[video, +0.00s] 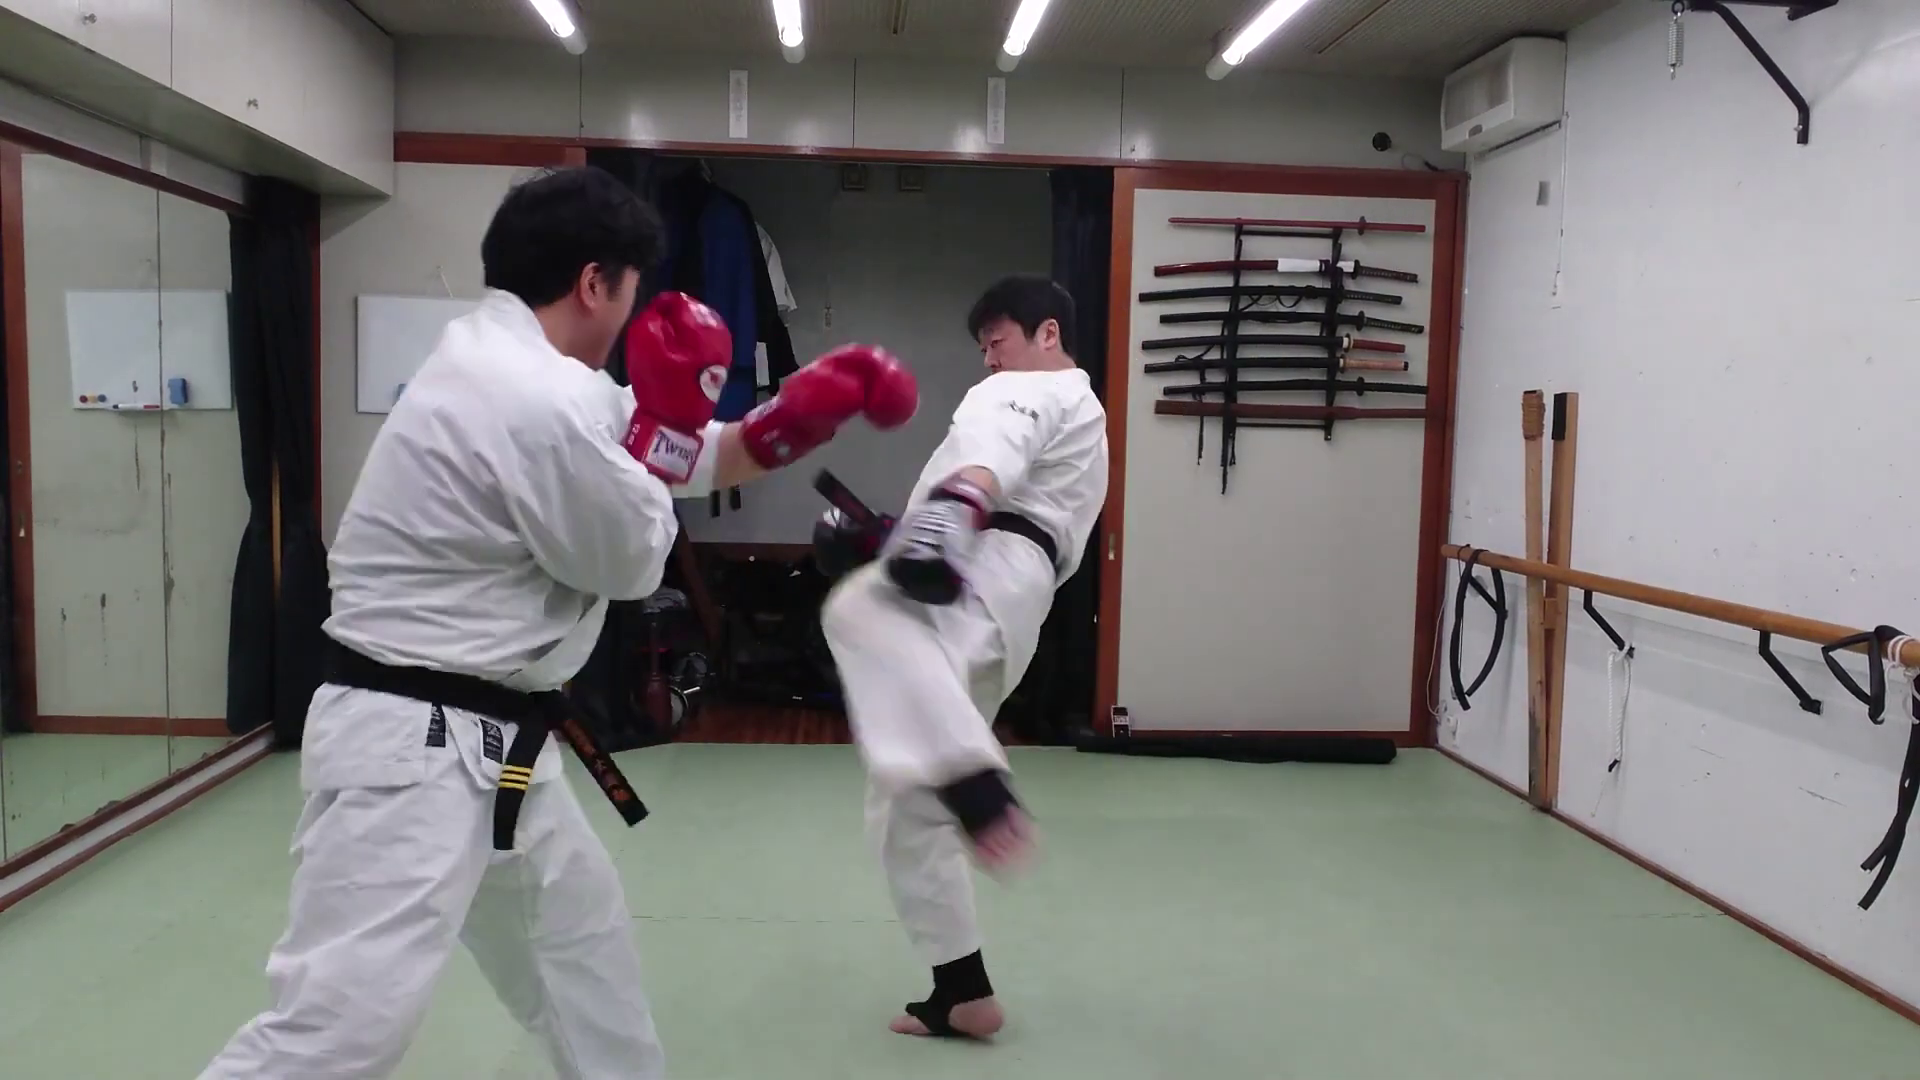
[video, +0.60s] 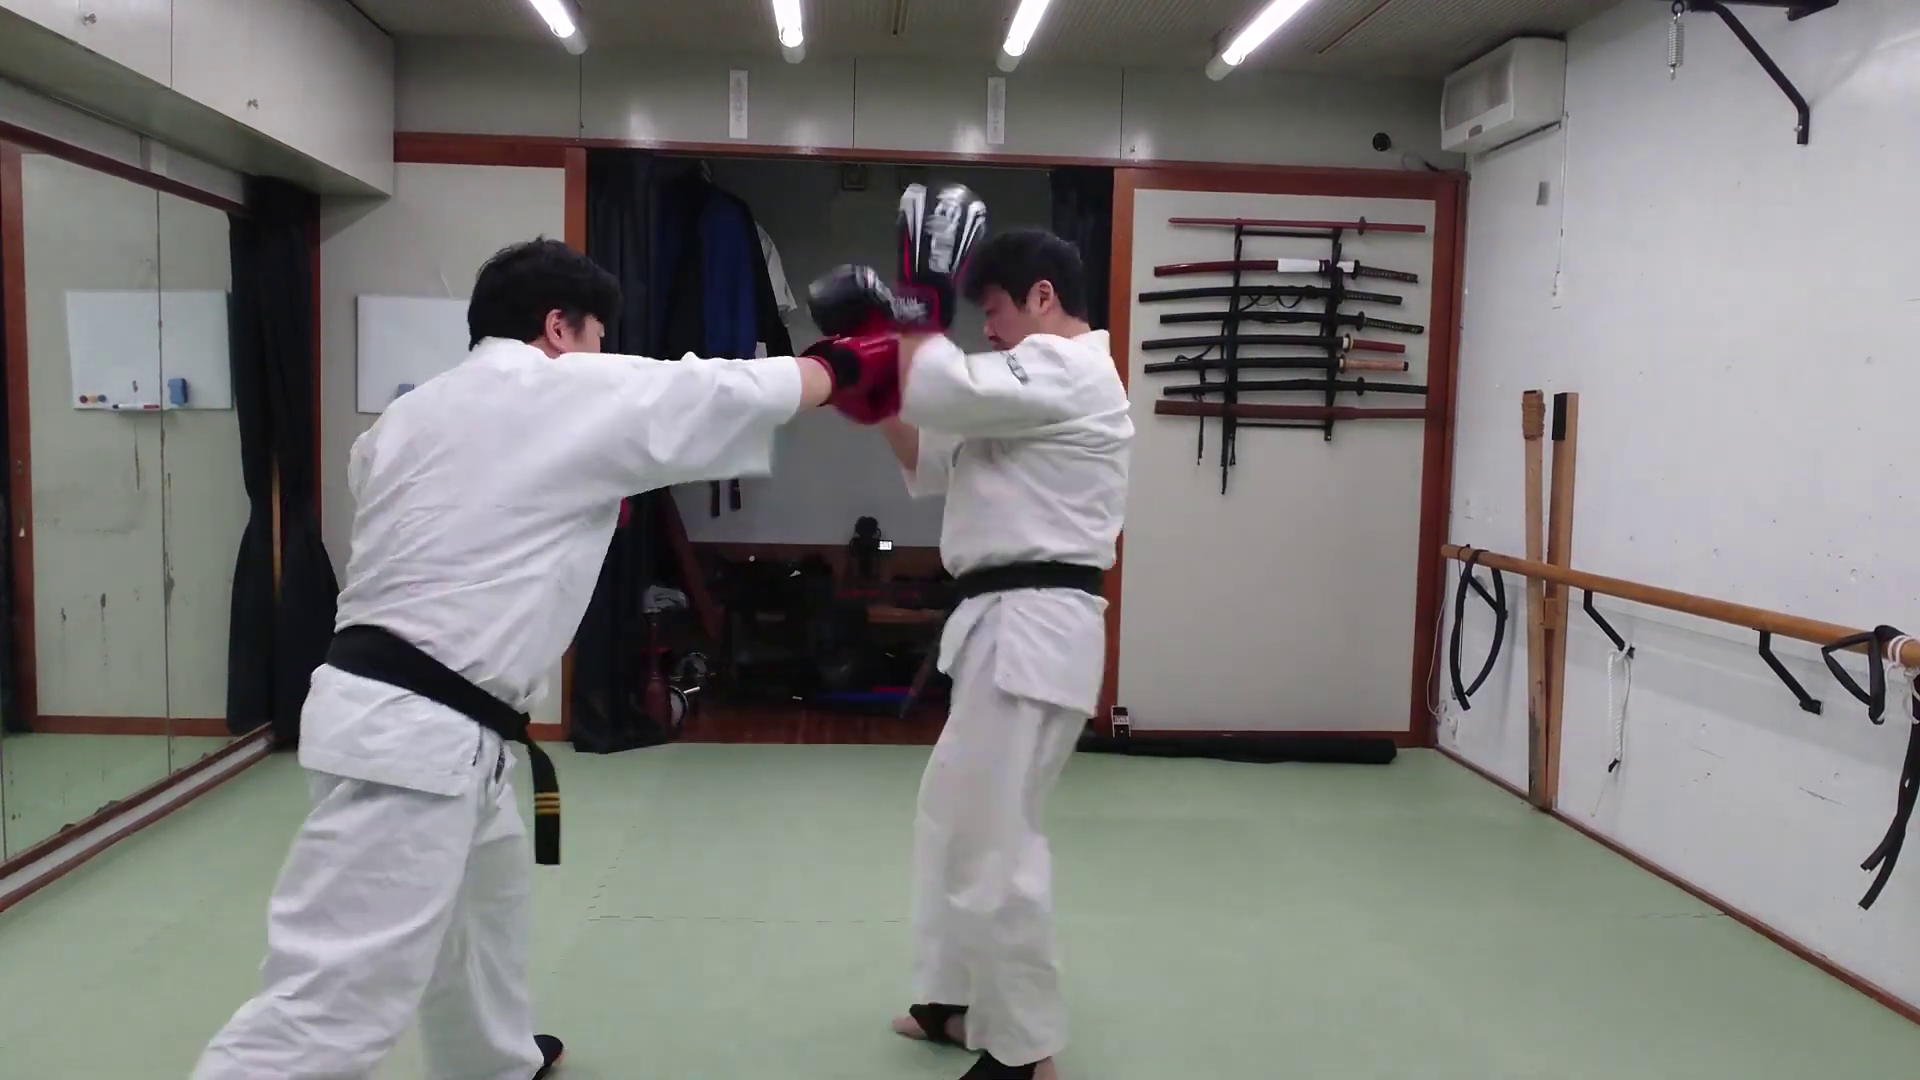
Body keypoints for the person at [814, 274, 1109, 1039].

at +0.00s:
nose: (989, 360)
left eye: (1000, 343)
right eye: (983, 348)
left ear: (1049, 335)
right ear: (1052, 346)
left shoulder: (1036, 385)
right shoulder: (1075, 417)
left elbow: (986, 457)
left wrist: (941, 527)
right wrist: (884, 535)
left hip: (994, 551)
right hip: (1019, 602)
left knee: (862, 603)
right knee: (907, 787)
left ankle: (973, 783)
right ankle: (962, 987)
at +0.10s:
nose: (991, 382)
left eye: (1000, 365)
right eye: (984, 372)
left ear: (1048, 354)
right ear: (1052, 367)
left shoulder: (1037, 397)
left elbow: (1042, 484)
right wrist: (888, 515)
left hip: (970, 569)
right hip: (971, 657)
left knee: (829, 535)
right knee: (911, 813)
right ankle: (944, 1007)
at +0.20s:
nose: (992, 381)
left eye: (1000, 365)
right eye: (988, 371)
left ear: (1053, 355)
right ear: (1057, 364)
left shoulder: (1043, 397)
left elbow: (1041, 470)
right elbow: (982, 536)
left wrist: (1085, 553)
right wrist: (889, 515)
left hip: (960, 567)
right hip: (981, 640)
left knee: (802, 555)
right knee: (906, 813)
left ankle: (627, 513)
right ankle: (942, 1011)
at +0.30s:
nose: (993, 364)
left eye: (1003, 346)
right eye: (988, 352)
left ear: (1054, 338)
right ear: (1049, 350)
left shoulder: (1053, 390)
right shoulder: (1029, 422)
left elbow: (1036, 477)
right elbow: (963, 545)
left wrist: (1036, 558)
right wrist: (880, 520)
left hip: (962, 573)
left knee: (814, 644)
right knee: (910, 814)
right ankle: (943, 1009)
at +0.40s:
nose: (993, 343)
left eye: (1002, 324)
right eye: (988, 330)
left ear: (1055, 316)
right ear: (1046, 326)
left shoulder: (1062, 389)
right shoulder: (1048, 401)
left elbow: (1038, 516)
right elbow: (986, 522)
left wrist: (964, 544)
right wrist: (893, 530)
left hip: (972, 602)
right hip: (1002, 618)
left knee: (853, 752)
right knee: (946, 813)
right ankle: (944, 1010)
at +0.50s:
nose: (987, 327)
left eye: (996, 306)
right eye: (983, 312)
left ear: (1048, 299)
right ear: (1042, 307)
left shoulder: (1080, 377)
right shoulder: (1035, 392)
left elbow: (1045, 484)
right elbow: (971, 509)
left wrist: (946, 431)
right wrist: (898, 472)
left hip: (998, 593)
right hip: (982, 592)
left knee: (914, 807)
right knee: (957, 811)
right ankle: (953, 1016)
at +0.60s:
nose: (988, 327)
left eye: (995, 309)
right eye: (984, 314)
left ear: (1044, 296)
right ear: (1043, 299)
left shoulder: (1075, 366)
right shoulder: (1030, 379)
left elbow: (953, 391)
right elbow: (932, 465)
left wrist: (897, 329)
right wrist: (882, 385)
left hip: (1038, 622)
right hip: (1001, 621)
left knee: (993, 828)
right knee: (947, 808)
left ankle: (1025, 1046)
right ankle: (953, 1003)